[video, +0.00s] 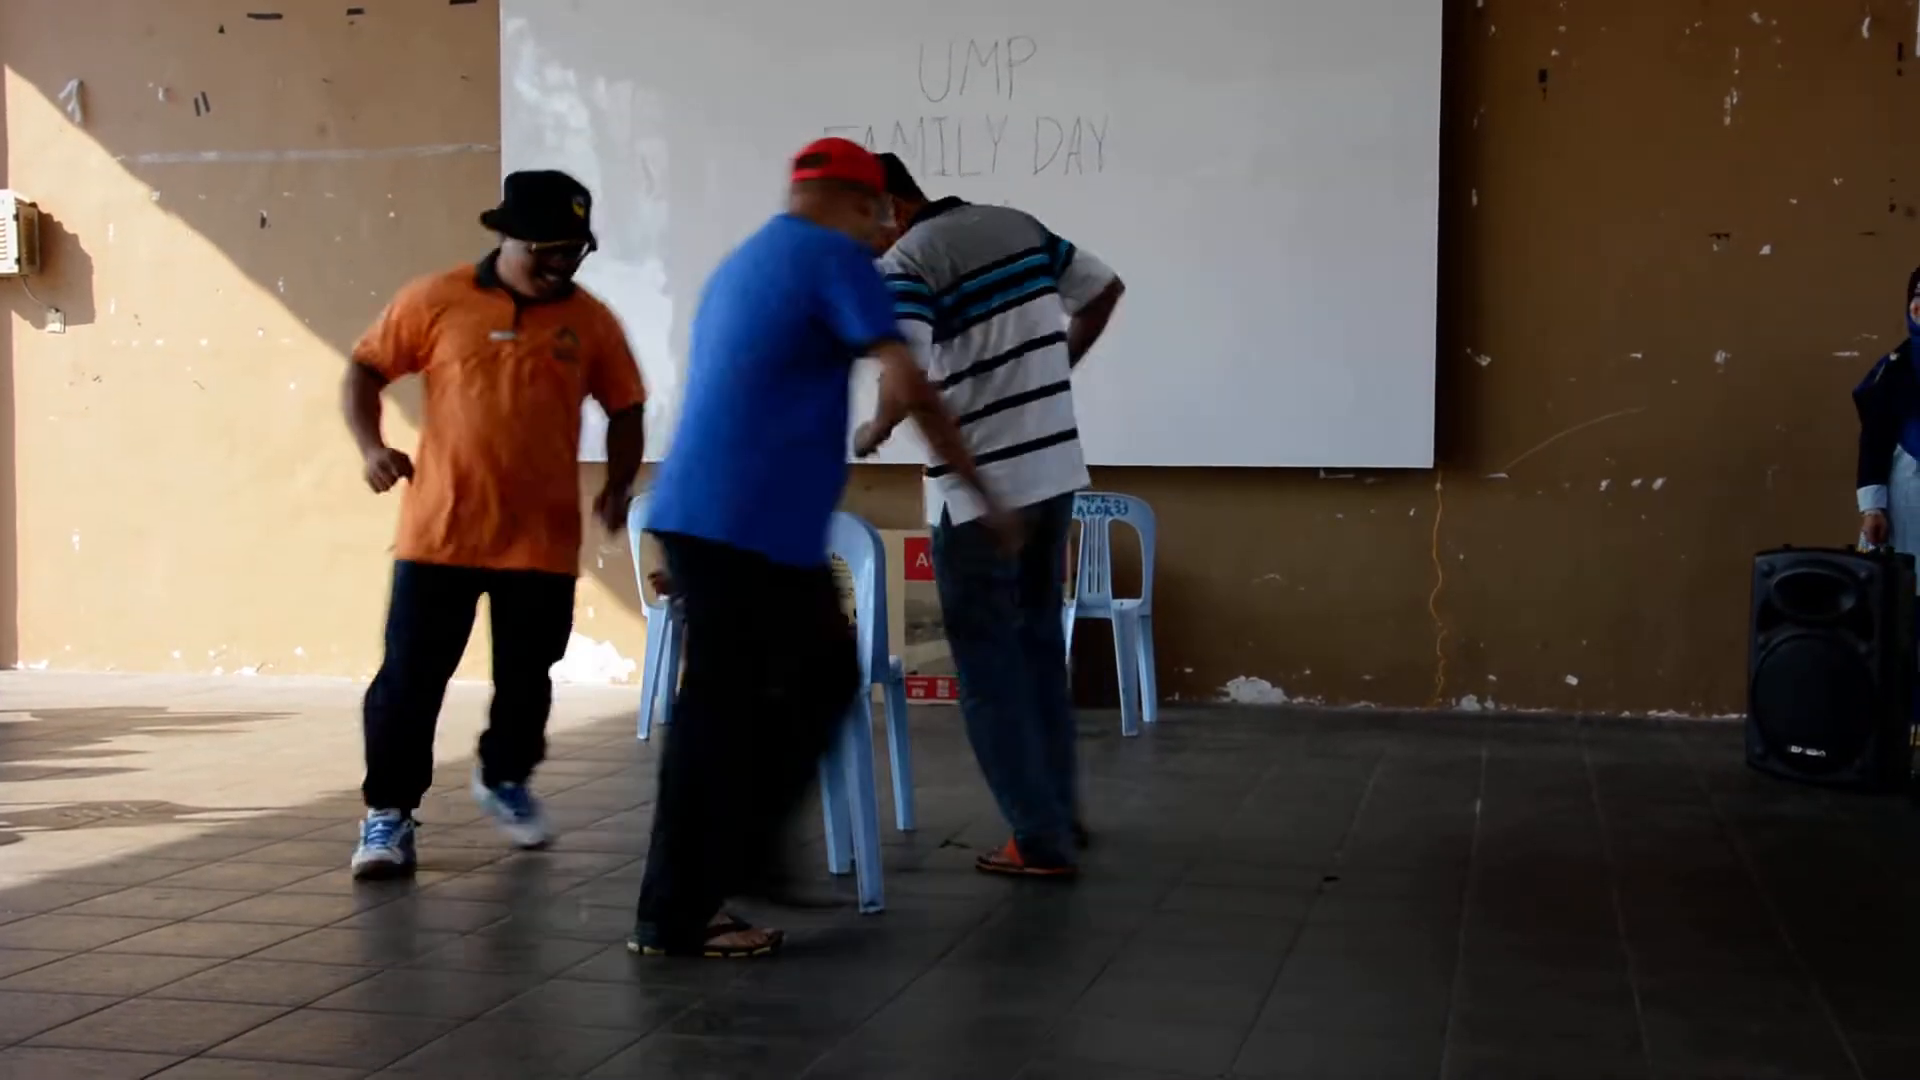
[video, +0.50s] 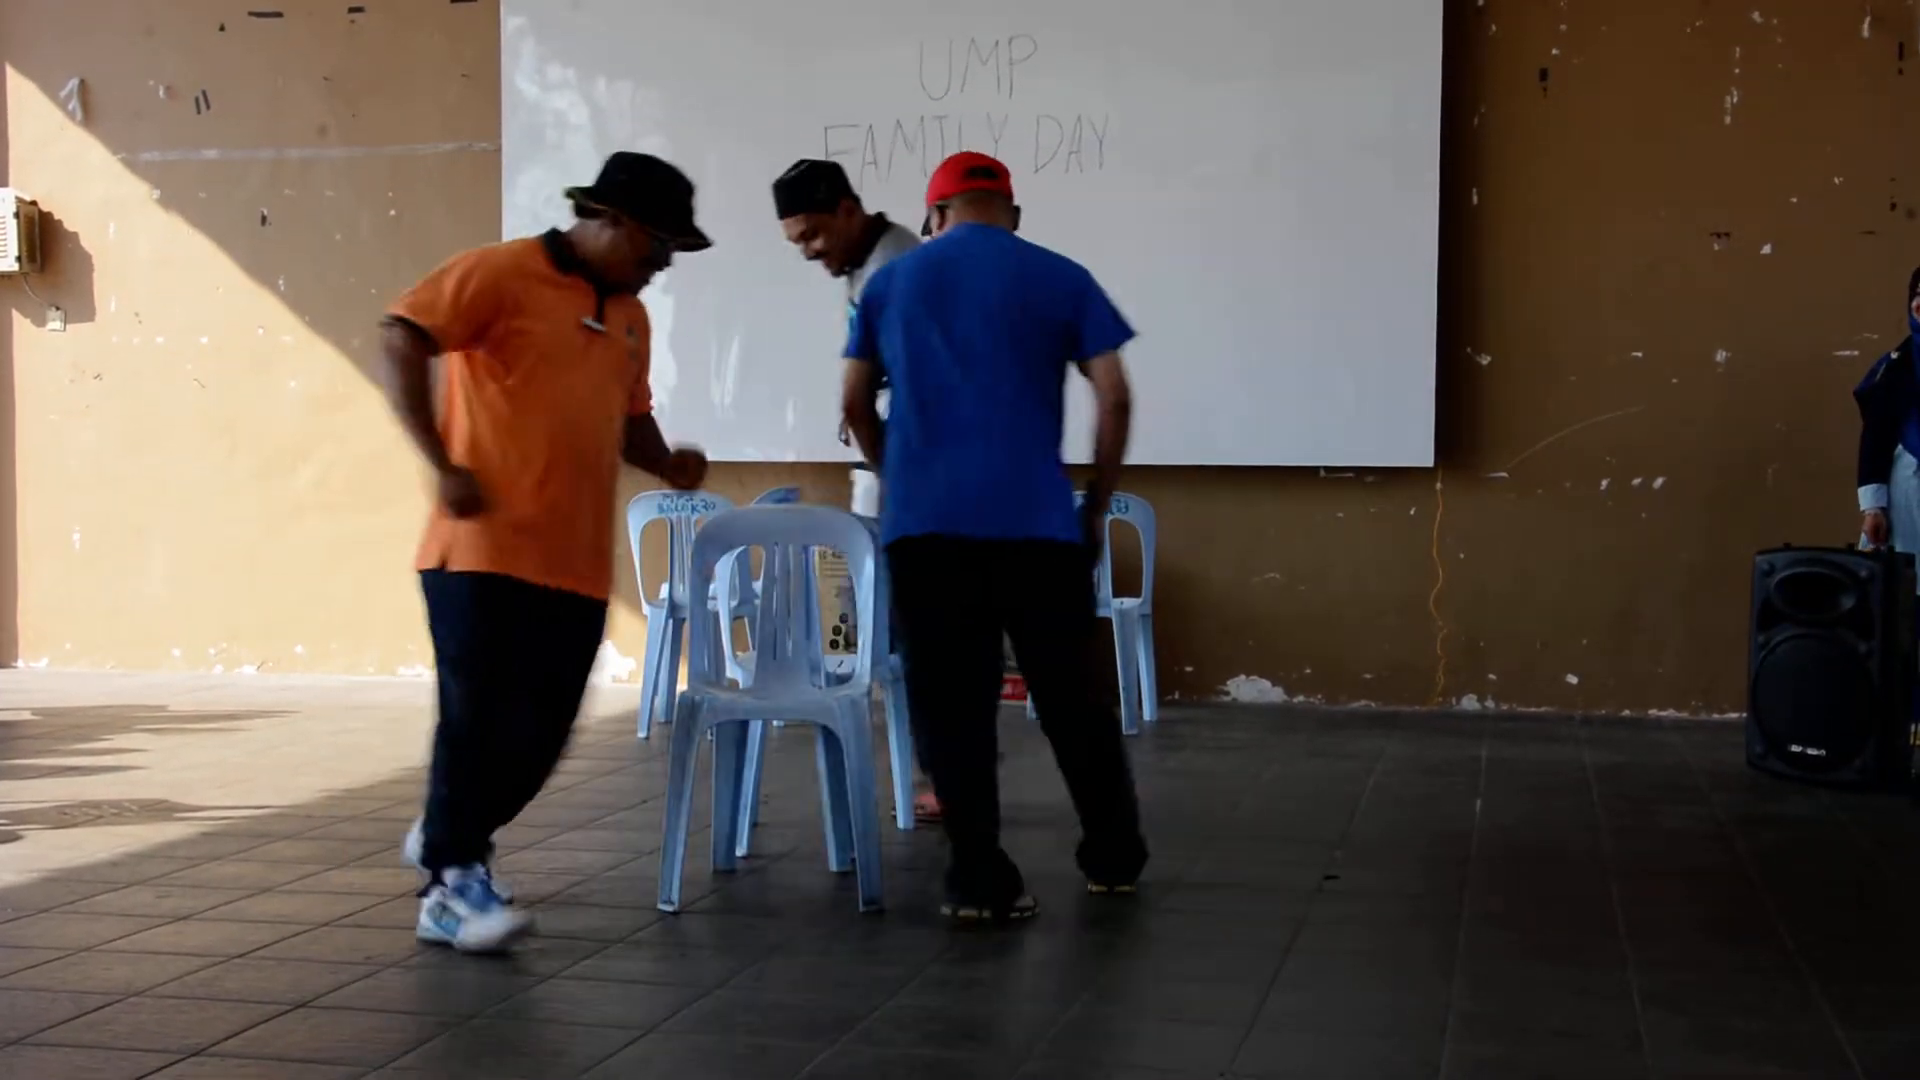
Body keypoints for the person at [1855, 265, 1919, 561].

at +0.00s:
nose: (1917, 305)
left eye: (1919, 296)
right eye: (1915, 297)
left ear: (1915, 306)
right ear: (1909, 306)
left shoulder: (1902, 365)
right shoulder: (1897, 367)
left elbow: (1875, 438)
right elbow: (1874, 438)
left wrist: (1873, 506)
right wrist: (1872, 505)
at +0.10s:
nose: (1917, 304)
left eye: (1919, 295)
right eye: (1914, 296)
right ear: (1908, 307)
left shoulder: (1900, 365)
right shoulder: (1894, 368)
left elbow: (1873, 439)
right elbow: (1872, 439)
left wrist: (1871, 507)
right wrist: (1870, 506)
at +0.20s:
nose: (1916, 304)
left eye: (1918, 295)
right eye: (1914, 296)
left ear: (1913, 306)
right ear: (1908, 306)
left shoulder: (1900, 363)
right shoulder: (1896, 365)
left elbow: (1873, 435)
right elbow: (1872, 435)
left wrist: (1870, 505)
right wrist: (1869, 505)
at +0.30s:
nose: (1917, 304)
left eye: (1918, 296)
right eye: (1914, 296)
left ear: (1914, 306)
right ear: (1909, 306)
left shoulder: (1900, 364)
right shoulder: (1896, 366)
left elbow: (1874, 438)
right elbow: (1873, 438)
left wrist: (1871, 506)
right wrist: (1870, 506)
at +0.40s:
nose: (1918, 304)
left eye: (1919, 296)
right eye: (1916, 296)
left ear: (1914, 306)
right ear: (1910, 305)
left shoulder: (1900, 365)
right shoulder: (1897, 366)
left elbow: (1875, 438)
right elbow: (1875, 438)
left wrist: (1872, 507)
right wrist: (1872, 506)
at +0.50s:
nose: (1918, 303)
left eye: (1918, 296)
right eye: (1916, 296)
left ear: (1913, 305)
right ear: (1910, 305)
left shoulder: (1900, 364)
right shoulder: (1898, 365)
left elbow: (1876, 437)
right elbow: (1876, 437)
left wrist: (1874, 506)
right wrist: (1873, 506)